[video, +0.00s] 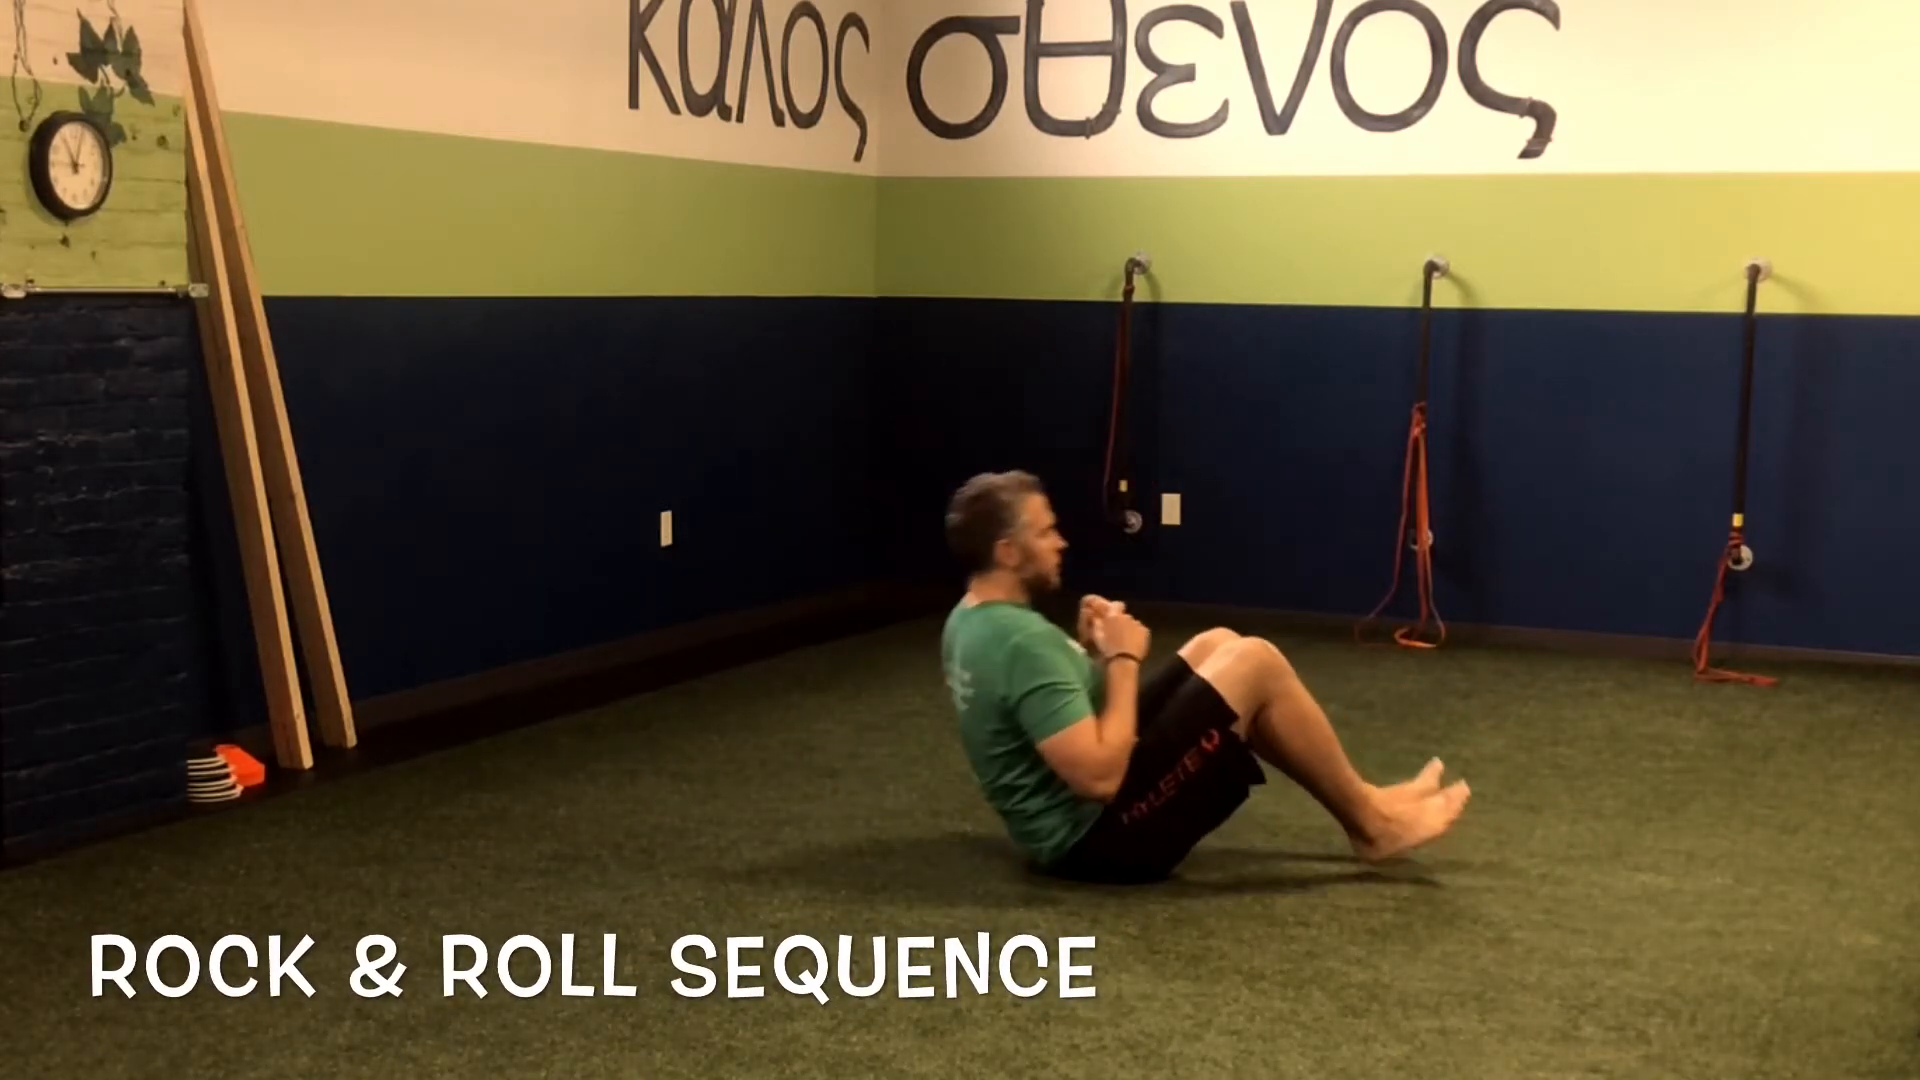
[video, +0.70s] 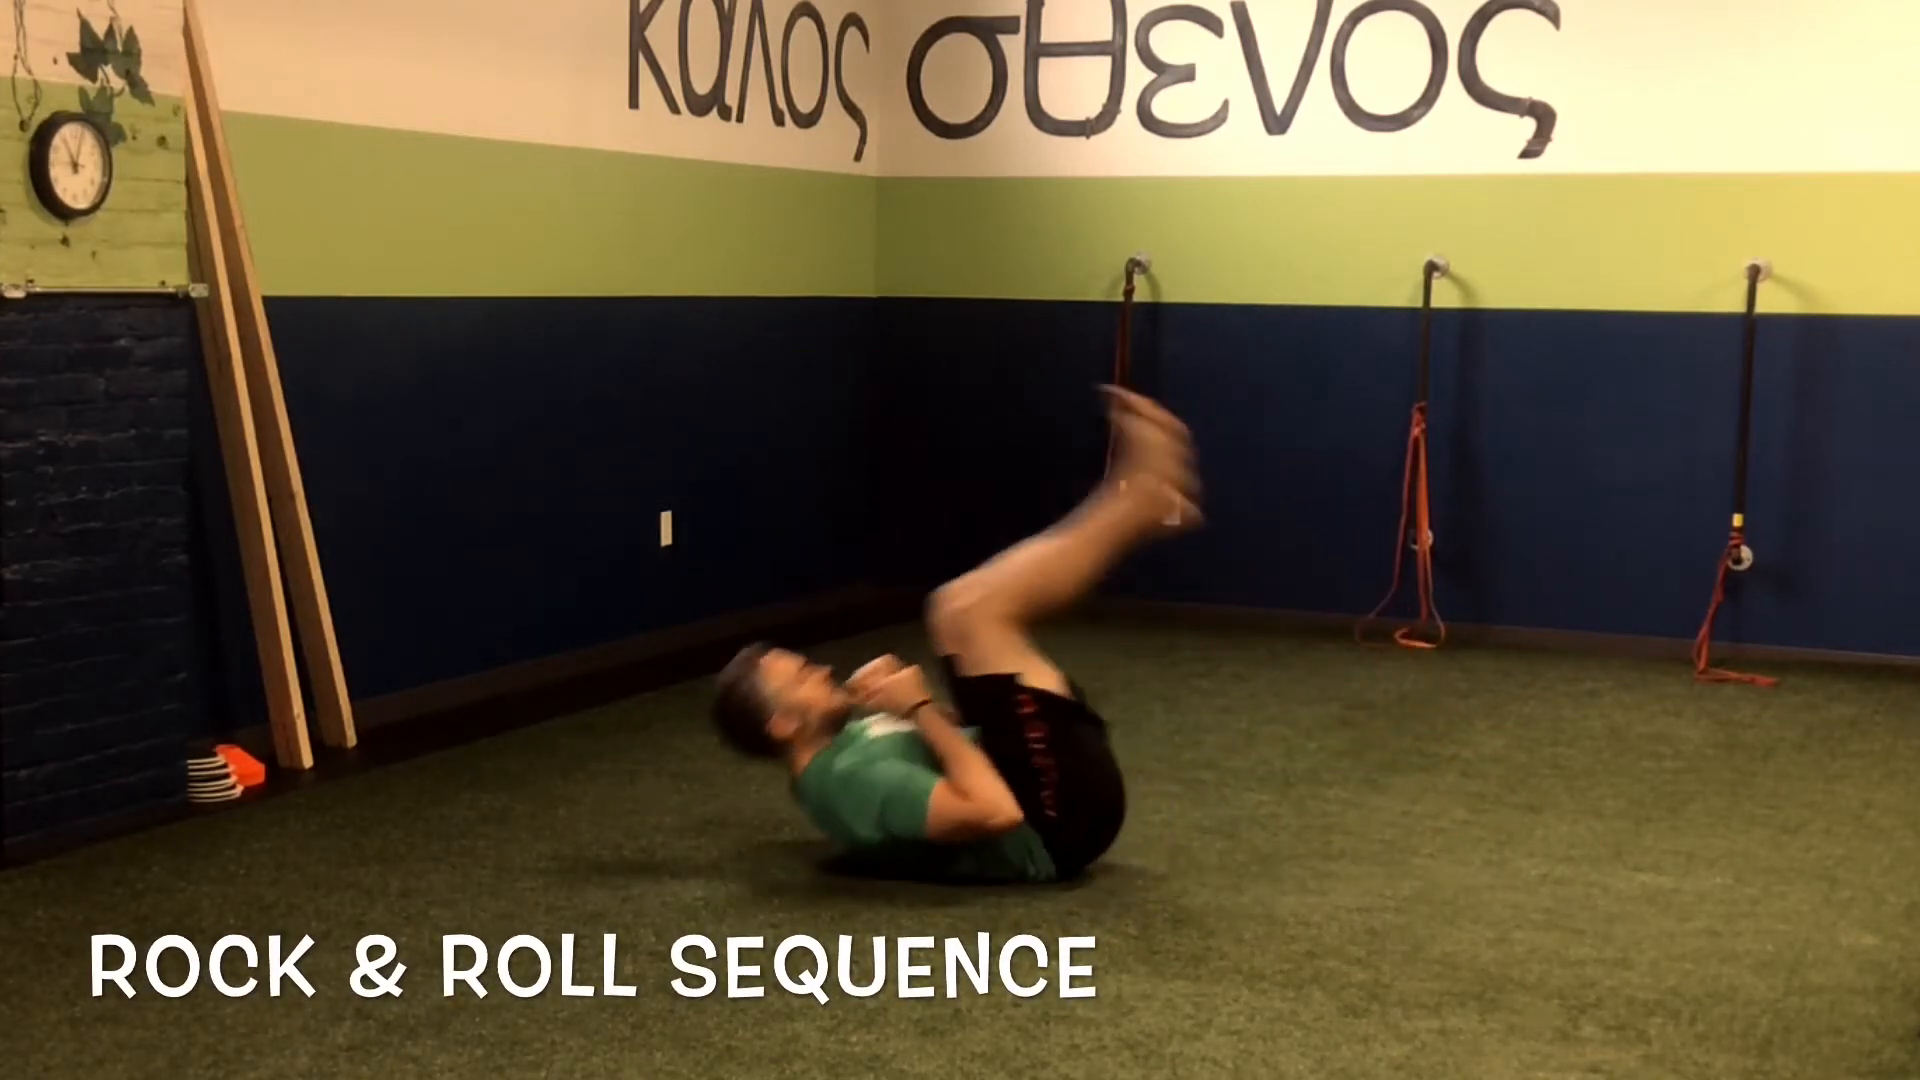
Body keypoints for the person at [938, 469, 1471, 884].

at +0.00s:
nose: (1062, 544)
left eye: (1055, 529)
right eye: (1048, 532)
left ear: (998, 552)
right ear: (1006, 550)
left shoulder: (972, 622)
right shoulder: (1021, 642)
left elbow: (1066, 729)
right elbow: (1101, 775)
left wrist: (1090, 656)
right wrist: (1123, 662)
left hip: (1065, 821)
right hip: (1101, 842)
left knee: (1219, 644)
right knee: (1257, 660)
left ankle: (1365, 808)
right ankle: (1374, 822)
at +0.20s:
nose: (1005, 558)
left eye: (996, 543)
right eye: (988, 550)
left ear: (950, 574)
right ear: (951, 575)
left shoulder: (941, 643)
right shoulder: (980, 663)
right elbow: (1081, 780)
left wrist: (1059, 661)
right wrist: (1087, 665)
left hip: (1060, 822)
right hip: (1093, 842)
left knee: (1181, 624)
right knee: (1207, 636)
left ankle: (1351, 757)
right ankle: (1366, 764)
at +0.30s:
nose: (972, 568)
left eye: (961, 555)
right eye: (955, 561)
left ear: (921, 593)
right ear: (922, 592)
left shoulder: (922, 656)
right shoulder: (959, 678)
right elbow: (1071, 785)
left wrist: (1038, 660)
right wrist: (1065, 668)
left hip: (1058, 818)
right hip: (1090, 842)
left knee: (1156, 613)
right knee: (1181, 626)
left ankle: (1345, 720)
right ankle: (1360, 722)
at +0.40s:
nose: (940, 584)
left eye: (928, 572)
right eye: (922, 579)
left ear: (891, 614)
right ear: (891, 614)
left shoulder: (905, 672)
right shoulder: (928, 694)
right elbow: (1054, 790)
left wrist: (1021, 667)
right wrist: (1038, 674)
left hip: (1057, 817)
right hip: (1085, 843)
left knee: (1125, 606)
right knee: (1141, 615)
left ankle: (1329, 676)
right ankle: (1342, 676)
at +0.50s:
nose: (902, 609)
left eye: (889, 599)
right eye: (882, 607)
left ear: (859, 643)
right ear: (852, 646)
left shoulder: (890, 698)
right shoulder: (900, 713)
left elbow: (1013, 770)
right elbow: (1035, 799)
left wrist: (996, 673)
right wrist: (1007, 681)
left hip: (1059, 825)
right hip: (1080, 844)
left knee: (1083, 601)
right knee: (1095, 604)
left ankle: (1294, 625)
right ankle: (1308, 626)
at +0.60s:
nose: (861, 639)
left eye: (848, 631)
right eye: (840, 641)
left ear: (828, 679)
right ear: (815, 685)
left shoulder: (876, 717)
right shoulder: (870, 745)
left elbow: (994, 777)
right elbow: (1017, 807)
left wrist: (960, 682)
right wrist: (968, 697)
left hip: (1059, 816)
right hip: (1077, 837)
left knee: (1022, 597)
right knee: (1039, 603)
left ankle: (1228, 563)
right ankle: (1238, 566)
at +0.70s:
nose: (823, 670)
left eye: (808, 664)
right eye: (802, 673)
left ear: (793, 718)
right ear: (783, 723)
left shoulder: (842, 749)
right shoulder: (844, 785)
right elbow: (994, 809)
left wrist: (910, 699)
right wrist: (922, 707)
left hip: (1045, 803)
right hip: (1061, 821)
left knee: (960, 602)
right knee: (963, 606)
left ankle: (1130, 499)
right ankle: (1138, 501)